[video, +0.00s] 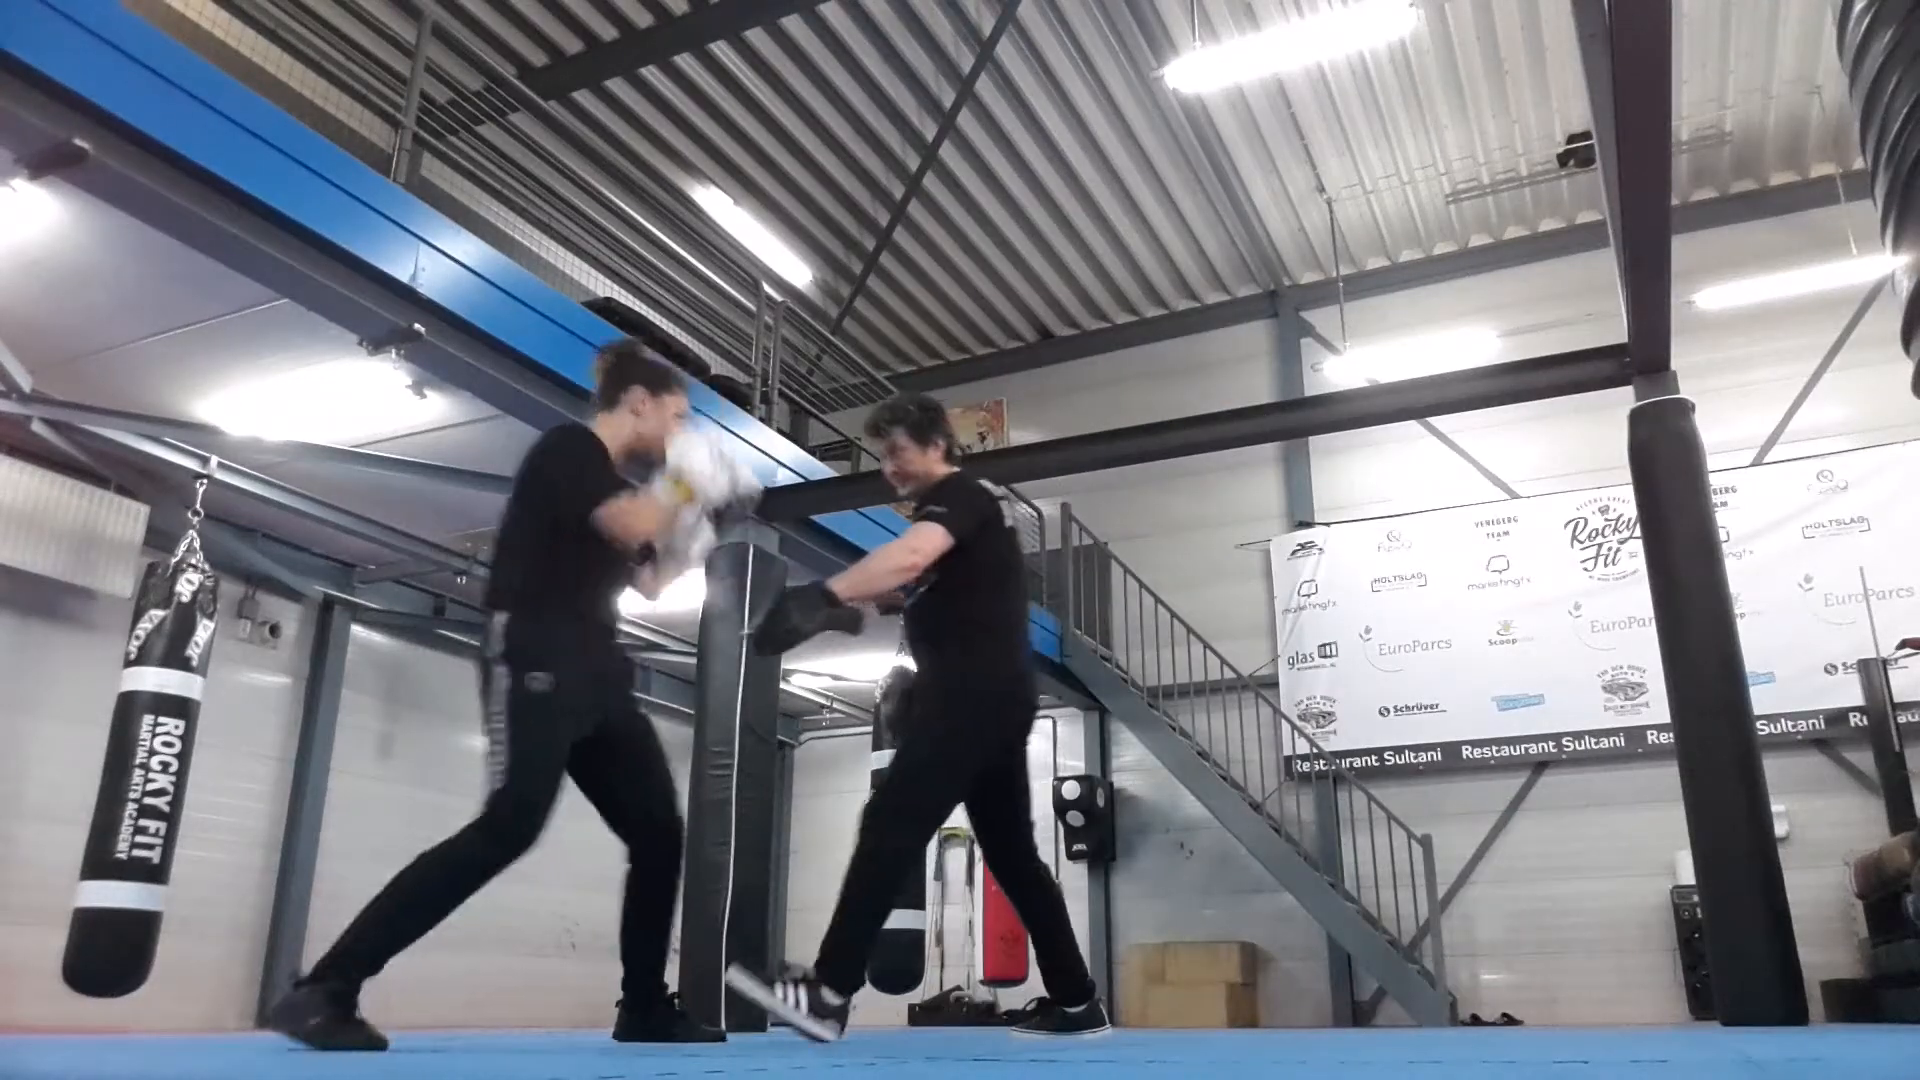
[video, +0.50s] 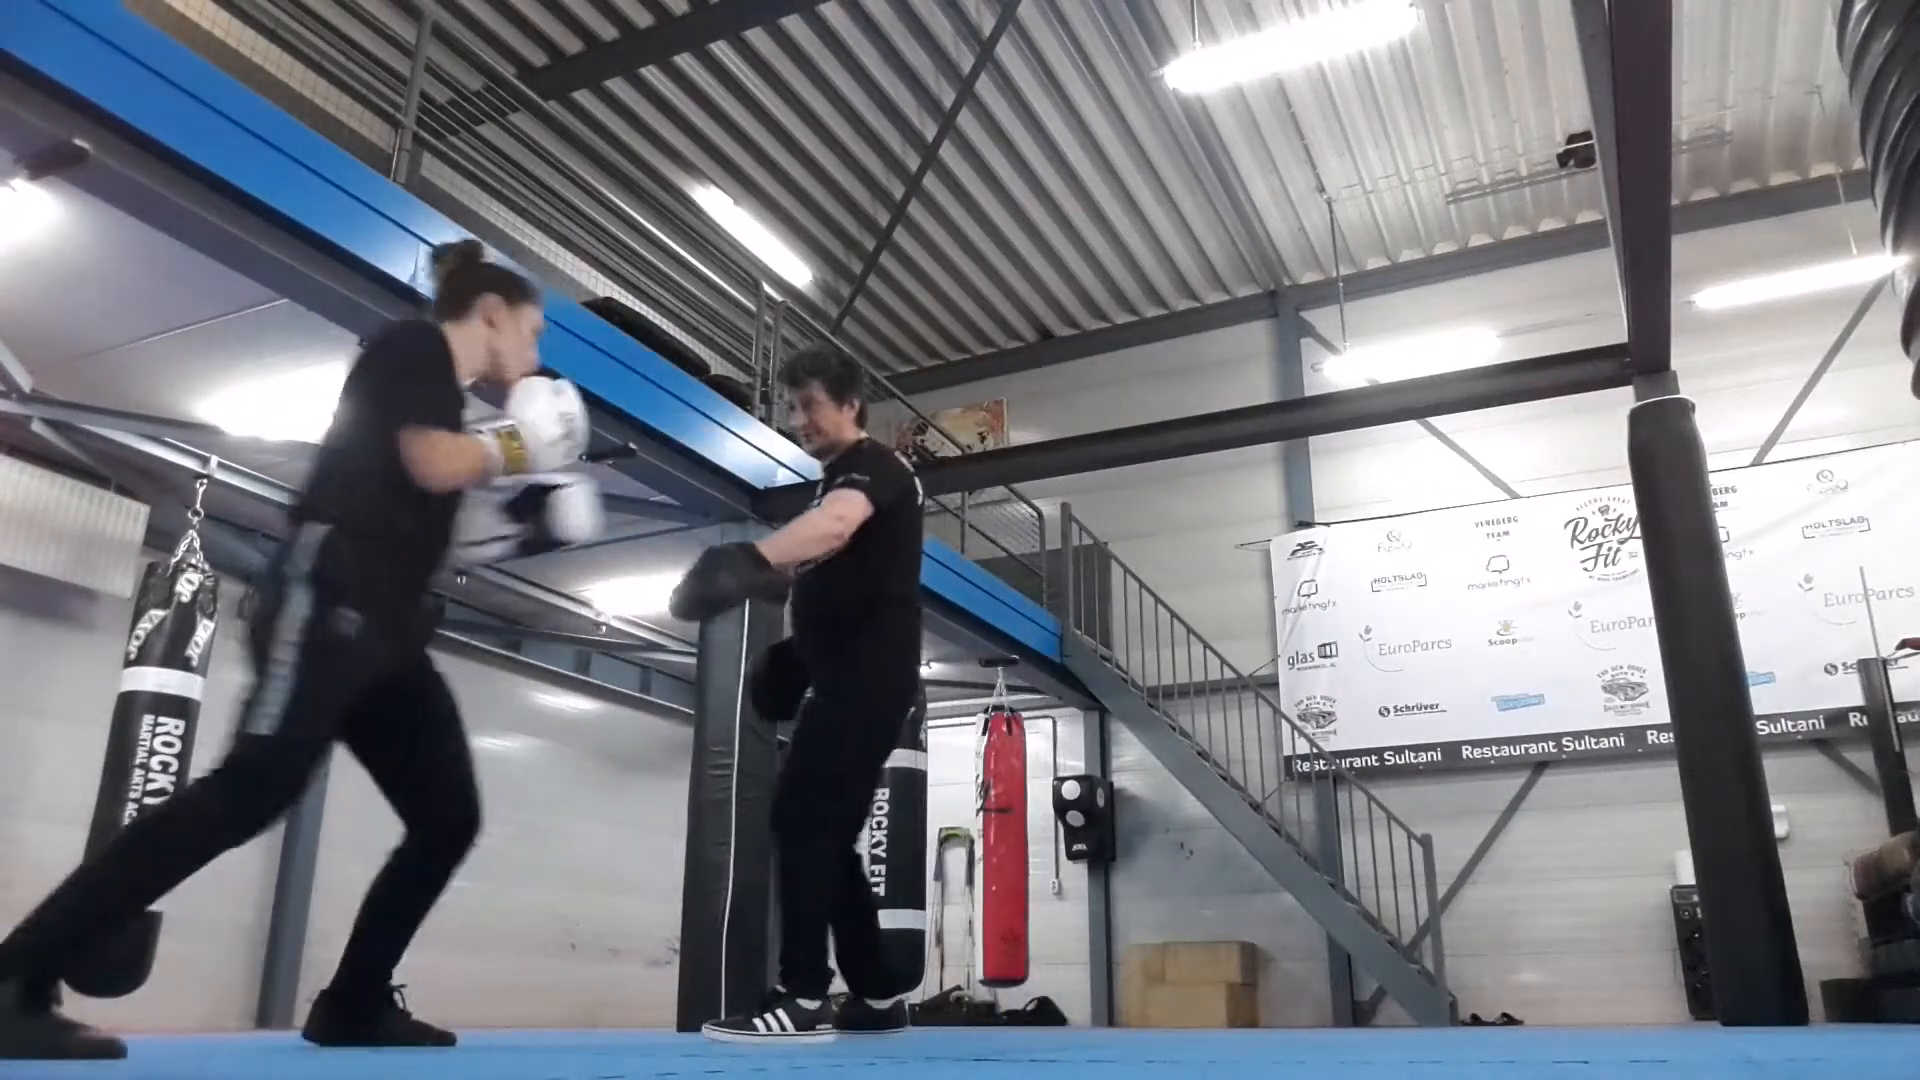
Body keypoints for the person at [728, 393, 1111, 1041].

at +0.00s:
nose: (888, 468)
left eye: (897, 452)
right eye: (883, 456)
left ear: (935, 445)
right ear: (931, 453)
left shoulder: (962, 494)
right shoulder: (959, 511)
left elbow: (911, 556)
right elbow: (911, 587)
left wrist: (819, 595)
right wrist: (852, 606)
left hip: (966, 697)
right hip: (994, 698)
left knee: (890, 830)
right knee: (1012, 855)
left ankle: (829, 991)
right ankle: (1075, 1000)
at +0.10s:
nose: (855, 467)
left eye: (864, 451)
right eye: (851, 455)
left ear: (906, 447)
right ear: (905, 454)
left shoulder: (930, 499)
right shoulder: (936, 510)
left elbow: (884, 569)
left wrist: (792, 613)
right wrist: (812, 628)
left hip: (926, 708)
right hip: (963, 710)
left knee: (842, 829)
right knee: (991, 859)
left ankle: (809, 1000)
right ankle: (1067, 993)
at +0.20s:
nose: (835, 454)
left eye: (842, 437)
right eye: (831, 442)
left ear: (885, 431)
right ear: (881, 439)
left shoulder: (905, 487)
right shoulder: (917, 491)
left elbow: (864, 564)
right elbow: (881, 606)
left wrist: (777, 621)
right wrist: (790, 633)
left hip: (897, 696)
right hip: (932, 695)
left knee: (816, 824)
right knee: (941, 843)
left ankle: (805, 1001)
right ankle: (1042, 975)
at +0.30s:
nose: (821, 429)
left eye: (829, 413)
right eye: (817, 416)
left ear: (870, 410)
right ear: (867, 418)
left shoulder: (891, 468)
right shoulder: (894, 475)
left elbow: (849, 541)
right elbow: (896, 597)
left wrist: (764, 590)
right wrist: (836, 669)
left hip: (889, 673)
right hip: (903, 673)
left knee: (819, 819)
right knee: (898, 835)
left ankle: (807, 1001)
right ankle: (999, 961)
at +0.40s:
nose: (810, 421)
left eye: (819, 405)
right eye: (806, 408)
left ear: (861, 400)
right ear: (836, 407)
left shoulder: (882, 459)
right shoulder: (870, 474)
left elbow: (835, 526)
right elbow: (870, 588)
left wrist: (747, 559)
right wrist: (814, 656)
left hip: (881, 667)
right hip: (873, 667)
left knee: (822, 813)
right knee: (855, 821)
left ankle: (808, 1001)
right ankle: (919, 978)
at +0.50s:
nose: (799, 424)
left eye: (809, 408)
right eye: (795, 413)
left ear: (852, 406)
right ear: (813, 415)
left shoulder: (875, 463)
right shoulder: (851, 482)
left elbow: (835, 527)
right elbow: (853, 591)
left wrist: (742, 561)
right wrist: (800, 659)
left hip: (866, 683)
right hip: (856, 684)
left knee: (801, 816)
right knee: (824, 830)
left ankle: (804, 994)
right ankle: (879, 990)